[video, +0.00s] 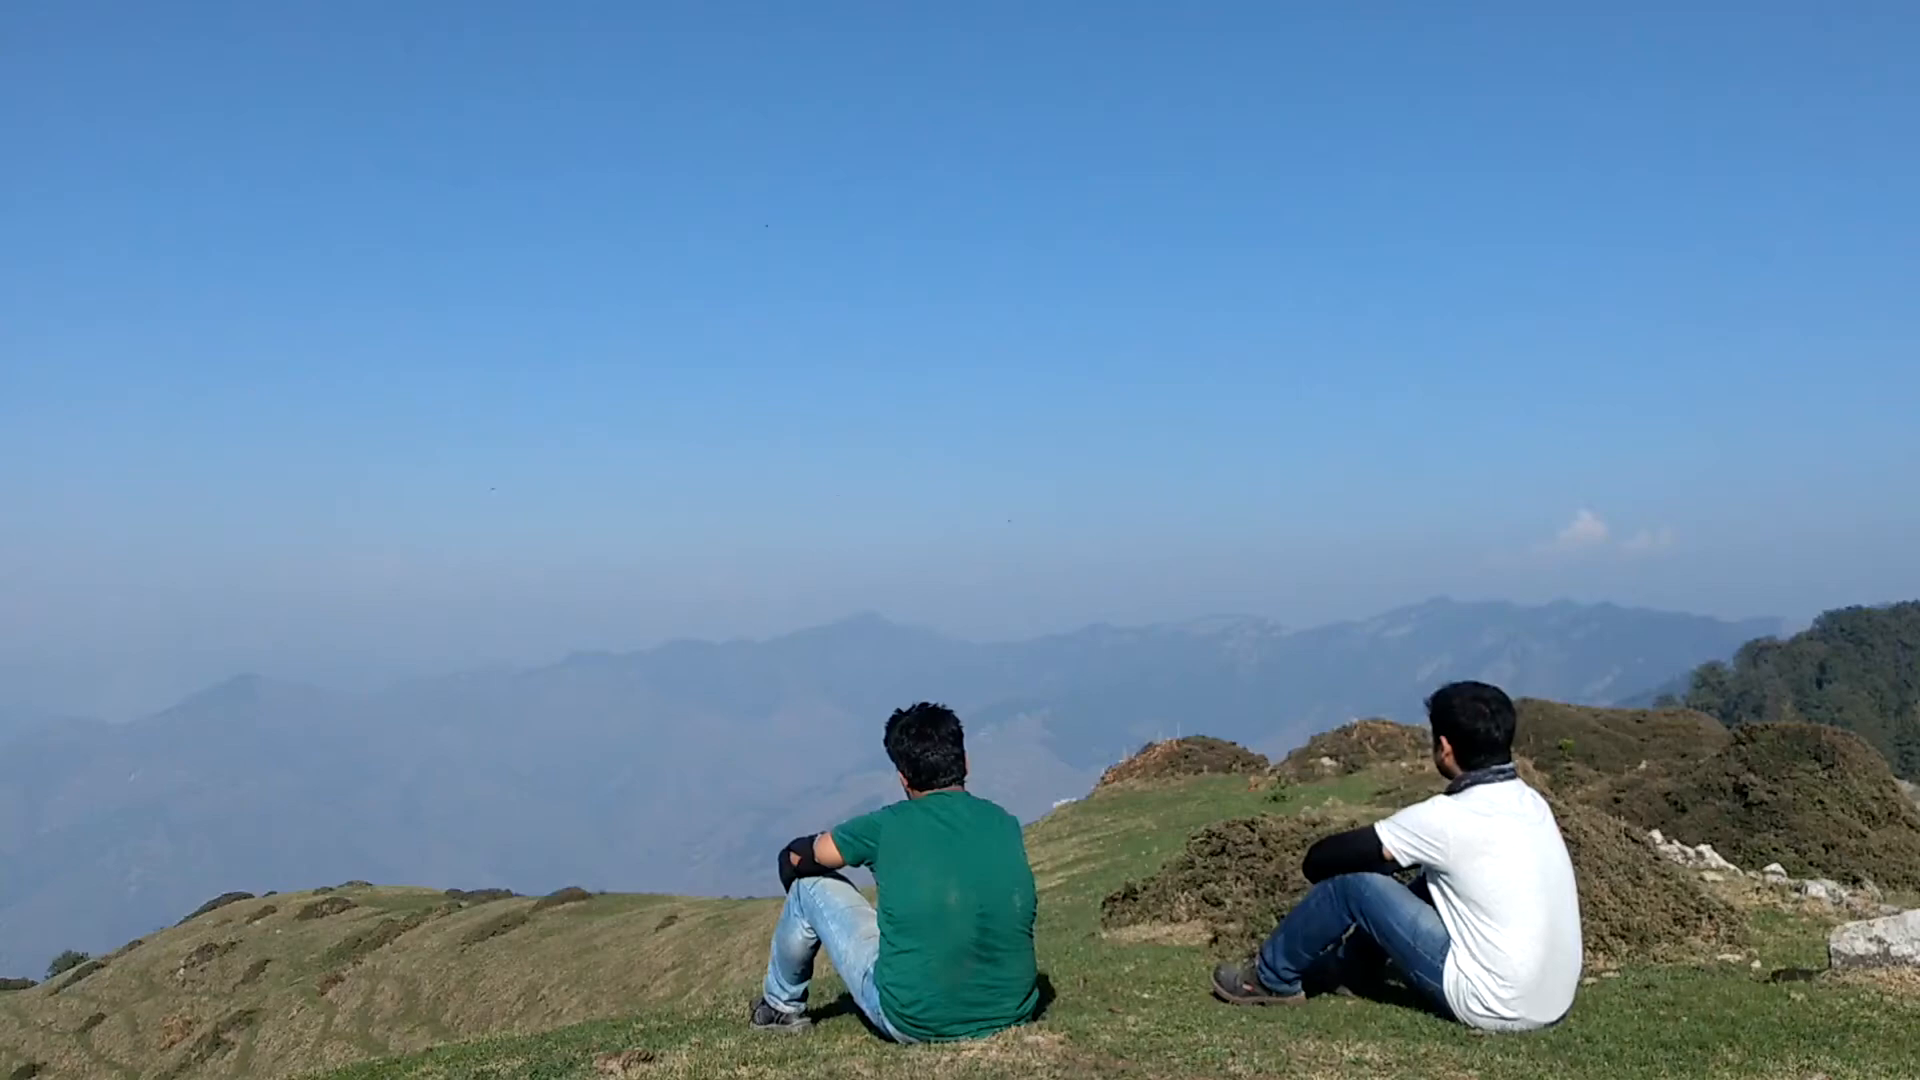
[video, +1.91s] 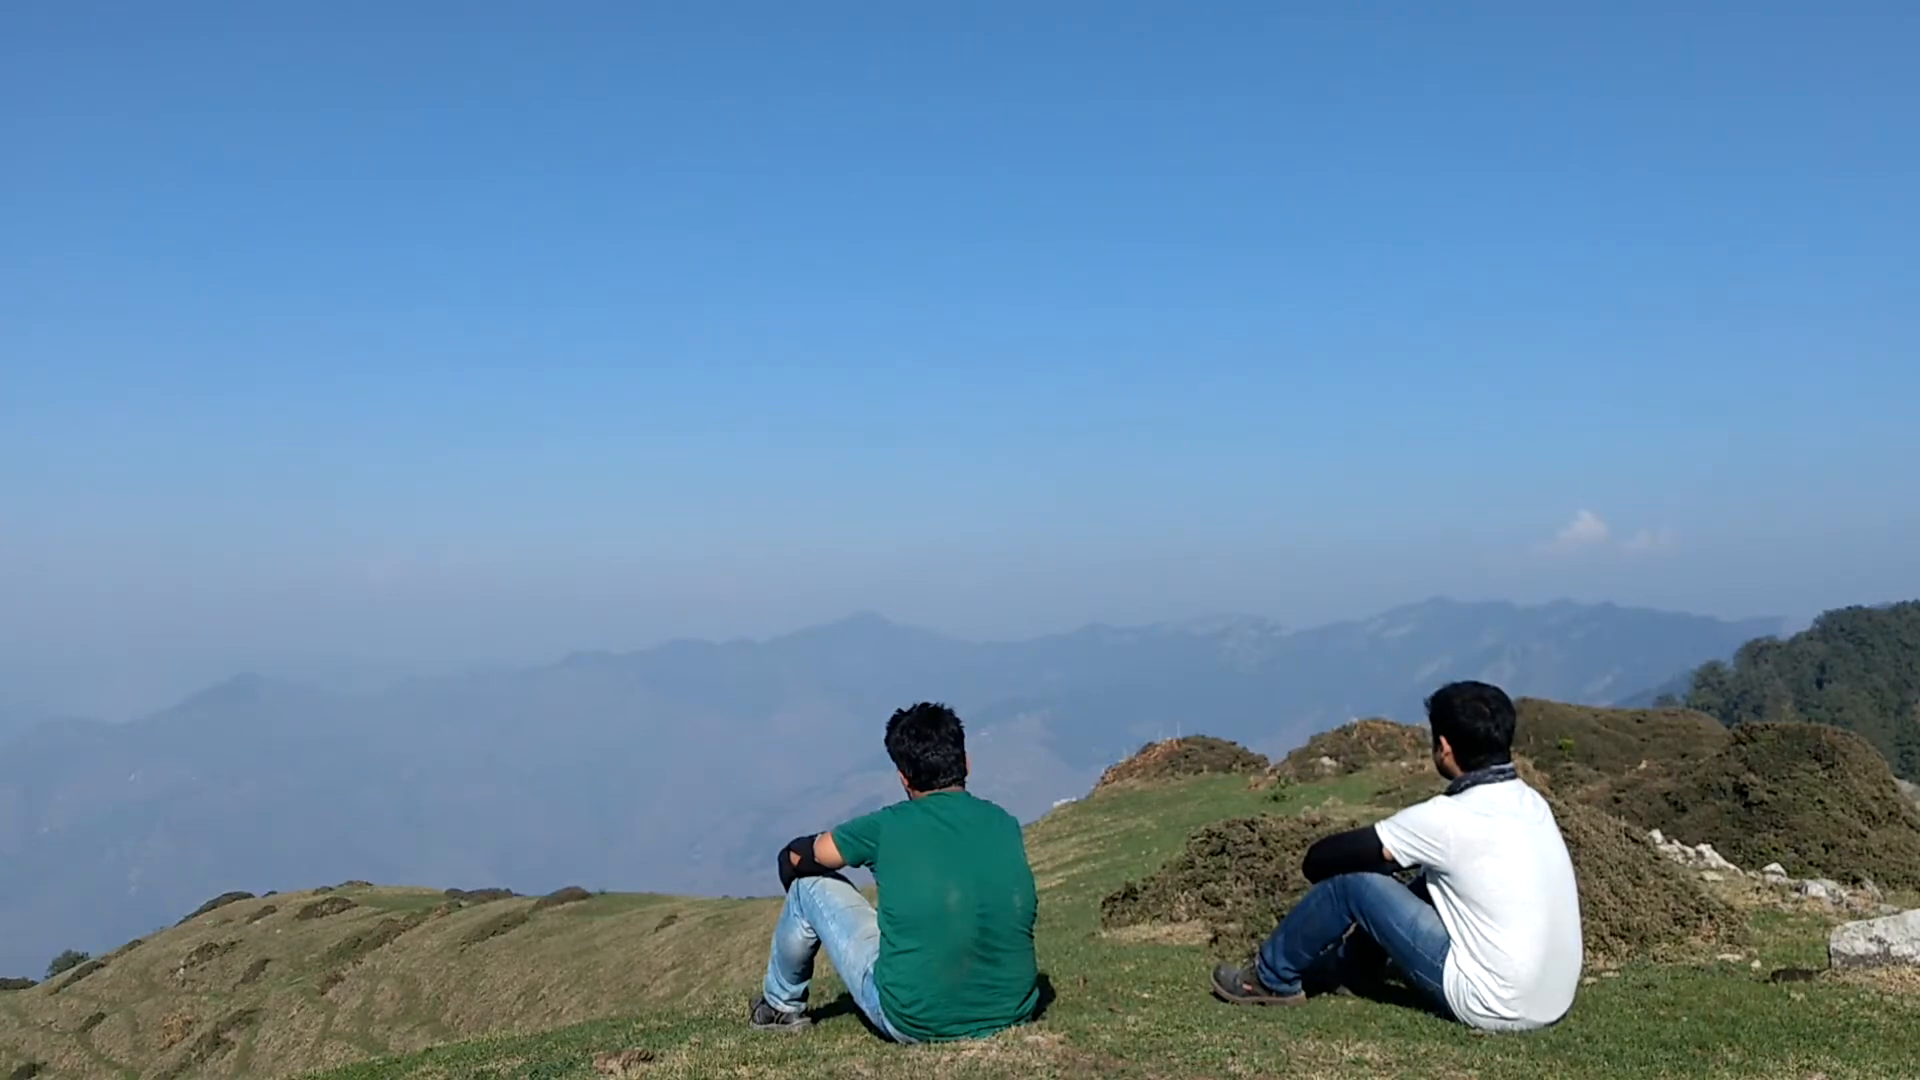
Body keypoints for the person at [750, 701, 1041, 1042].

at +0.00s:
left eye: (898, 771)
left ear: (904, 778)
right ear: (966, 764)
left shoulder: (888, 824)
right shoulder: (1006, 822)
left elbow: (796, 857)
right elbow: (1021, 912)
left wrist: (798, 891)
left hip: (915, 1020)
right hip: (1009, 1012)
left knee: (811, 886)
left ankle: (781, 1005)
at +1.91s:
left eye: (898, 770)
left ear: (904, 778)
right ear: (967, 764)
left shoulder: (888, 824)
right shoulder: (1005, 822)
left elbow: (796, 857)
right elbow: (1021, 912)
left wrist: (797, 889)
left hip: (915, 1020)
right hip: (1008, 1012)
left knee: (810, 885)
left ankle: (781, 1005)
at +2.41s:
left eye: (899, 771)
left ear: (905, 779)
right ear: (967, 765)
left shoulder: (889, 823)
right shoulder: (1006, 823)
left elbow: (796, 856)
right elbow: (1020, 911)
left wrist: (798, 893)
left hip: (912, 1018)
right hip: (1007, 1012)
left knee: (810, 886)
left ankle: (781, 1006)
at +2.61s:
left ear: (904, 779)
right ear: (966, 766)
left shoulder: (881, 829)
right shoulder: (1004, 824)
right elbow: (1022, 910)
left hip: (914, 1012)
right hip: (1010, 1006)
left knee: (824, 900)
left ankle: (777, 1001)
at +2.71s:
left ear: (911, 769)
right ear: (965, 764)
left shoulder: (897, 822)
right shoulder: (1004, 823)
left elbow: (822, 854)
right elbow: (1026, 904)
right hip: (1014, 1002)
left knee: (810, 890)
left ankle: (782, 1005)